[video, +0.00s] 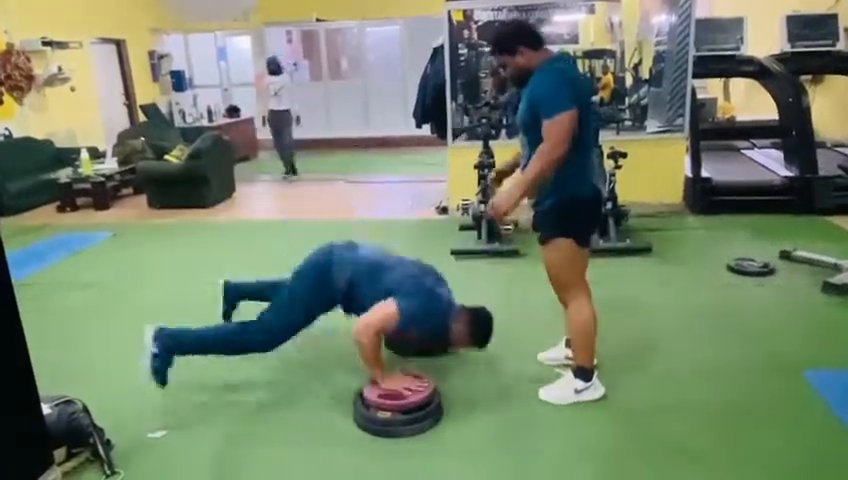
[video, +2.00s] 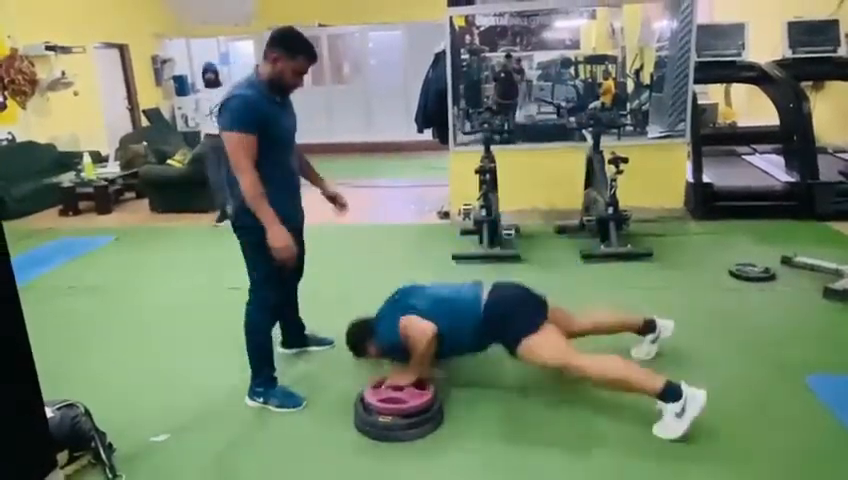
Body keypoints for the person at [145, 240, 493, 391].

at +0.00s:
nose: (458, 346)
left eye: (468, 344)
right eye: (463, 342)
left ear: (467, 316)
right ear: (460, 329)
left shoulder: (443, 294)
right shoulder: (423, 308)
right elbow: (364, 329)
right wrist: (380, 376)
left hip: (347, 256)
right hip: (331, 272)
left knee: (295, 290)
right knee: (265, 334)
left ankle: (236, 288)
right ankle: (167, 341)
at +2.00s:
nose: (302, 81)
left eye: (304, 73)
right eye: (298, 72)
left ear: (281, 63)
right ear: (274, 60)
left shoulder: (278, 97)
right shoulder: (242, 103)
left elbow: (288, 153)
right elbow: (244, 174)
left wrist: (323, 187)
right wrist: (272, 226)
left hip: (287, 210)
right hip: (257, 216)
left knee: (288, 276)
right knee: (265, 296)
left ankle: (294, 335)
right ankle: (262, 384)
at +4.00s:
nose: (435, 305)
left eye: (440, 303)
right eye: (439, 301)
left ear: (433, 274)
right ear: (433, 286)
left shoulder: (408, 256)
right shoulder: (388, 278)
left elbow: (394, 289)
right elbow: (356, 339)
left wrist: (411, 320)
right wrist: (387, 380)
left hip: (311, 244)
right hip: (293, 264)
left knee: (349, 304)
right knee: (332, 333)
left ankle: (304, 331)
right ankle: (272, 378)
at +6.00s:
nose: (337, 93)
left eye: (340, 85)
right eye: (336, 84)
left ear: (318, 74)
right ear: (313, 72)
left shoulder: (310, 106)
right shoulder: (271, 109)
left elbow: (295, 165)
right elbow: (248, 174)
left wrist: (305, 209)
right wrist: (275, 228)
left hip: (298, 214)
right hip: (263, 219)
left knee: (307, 273)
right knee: (282, 293)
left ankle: (305, 335)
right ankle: (272, 384)